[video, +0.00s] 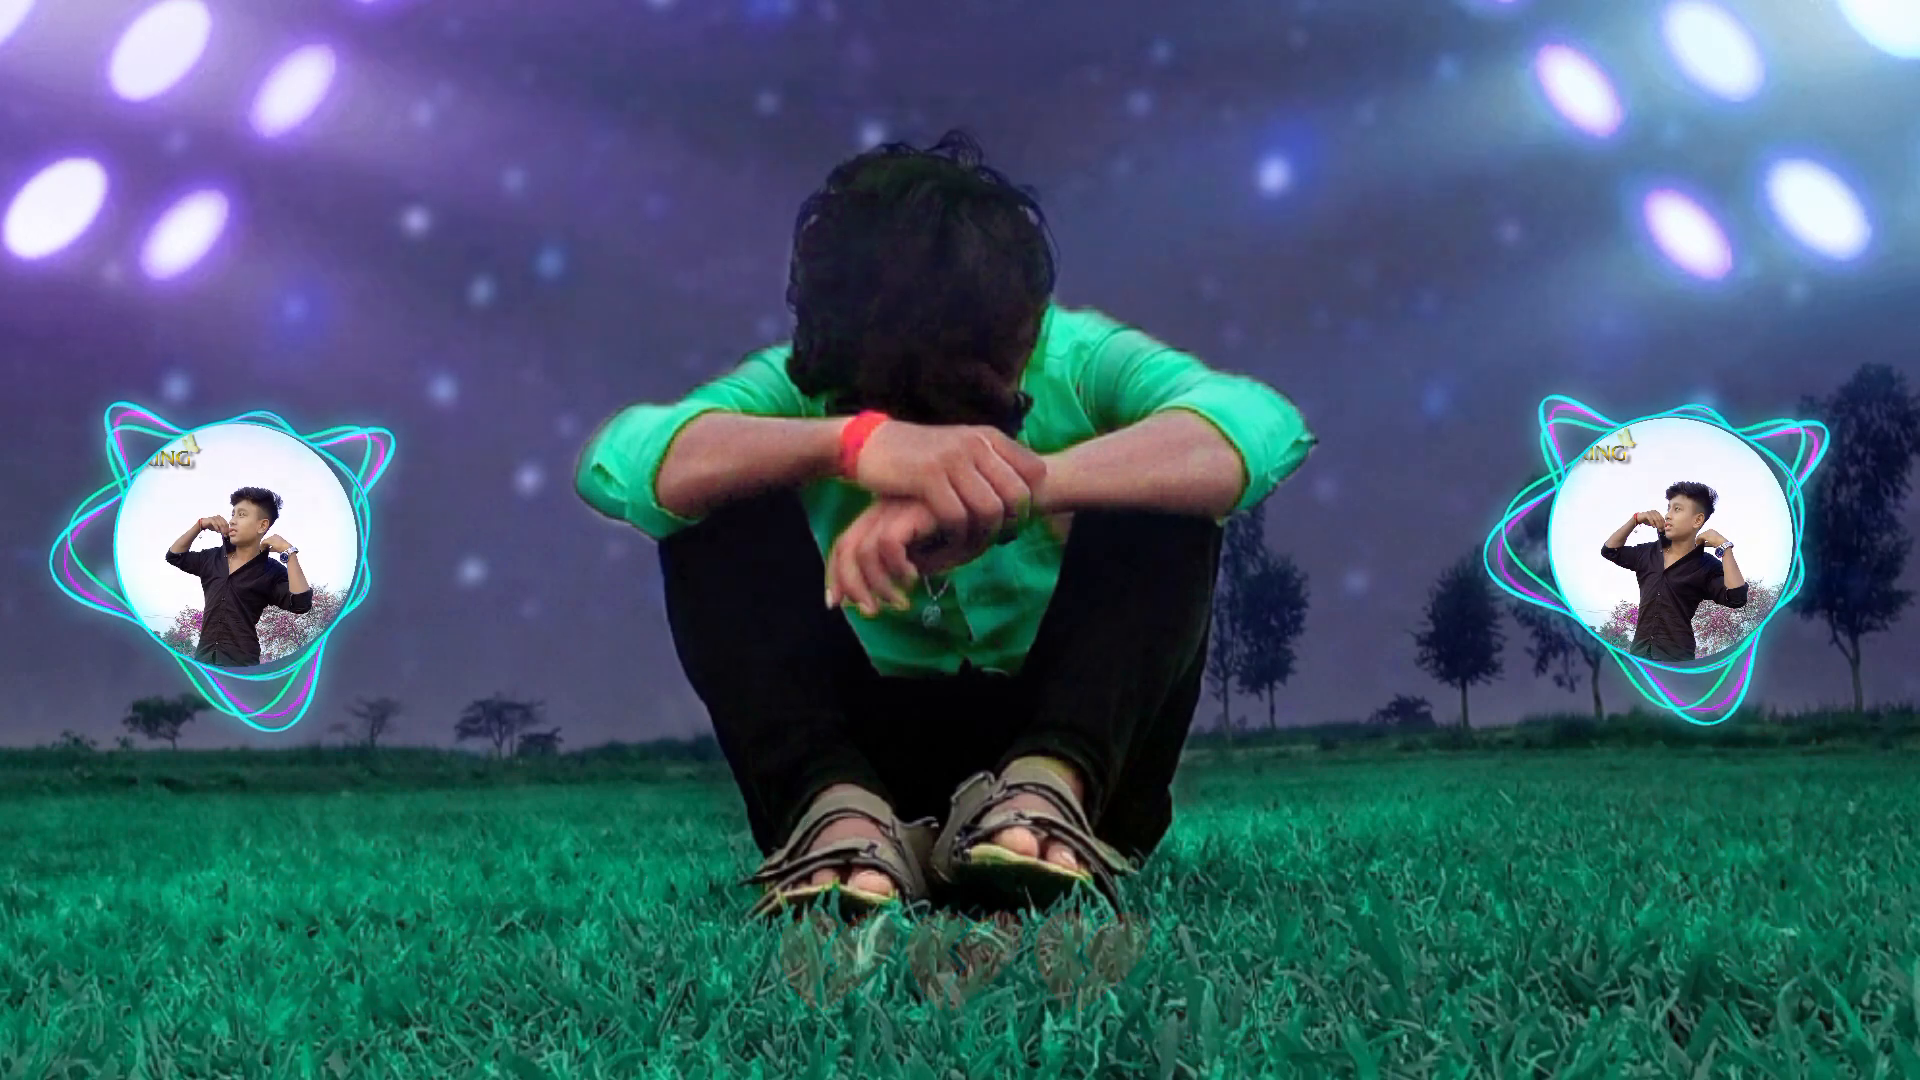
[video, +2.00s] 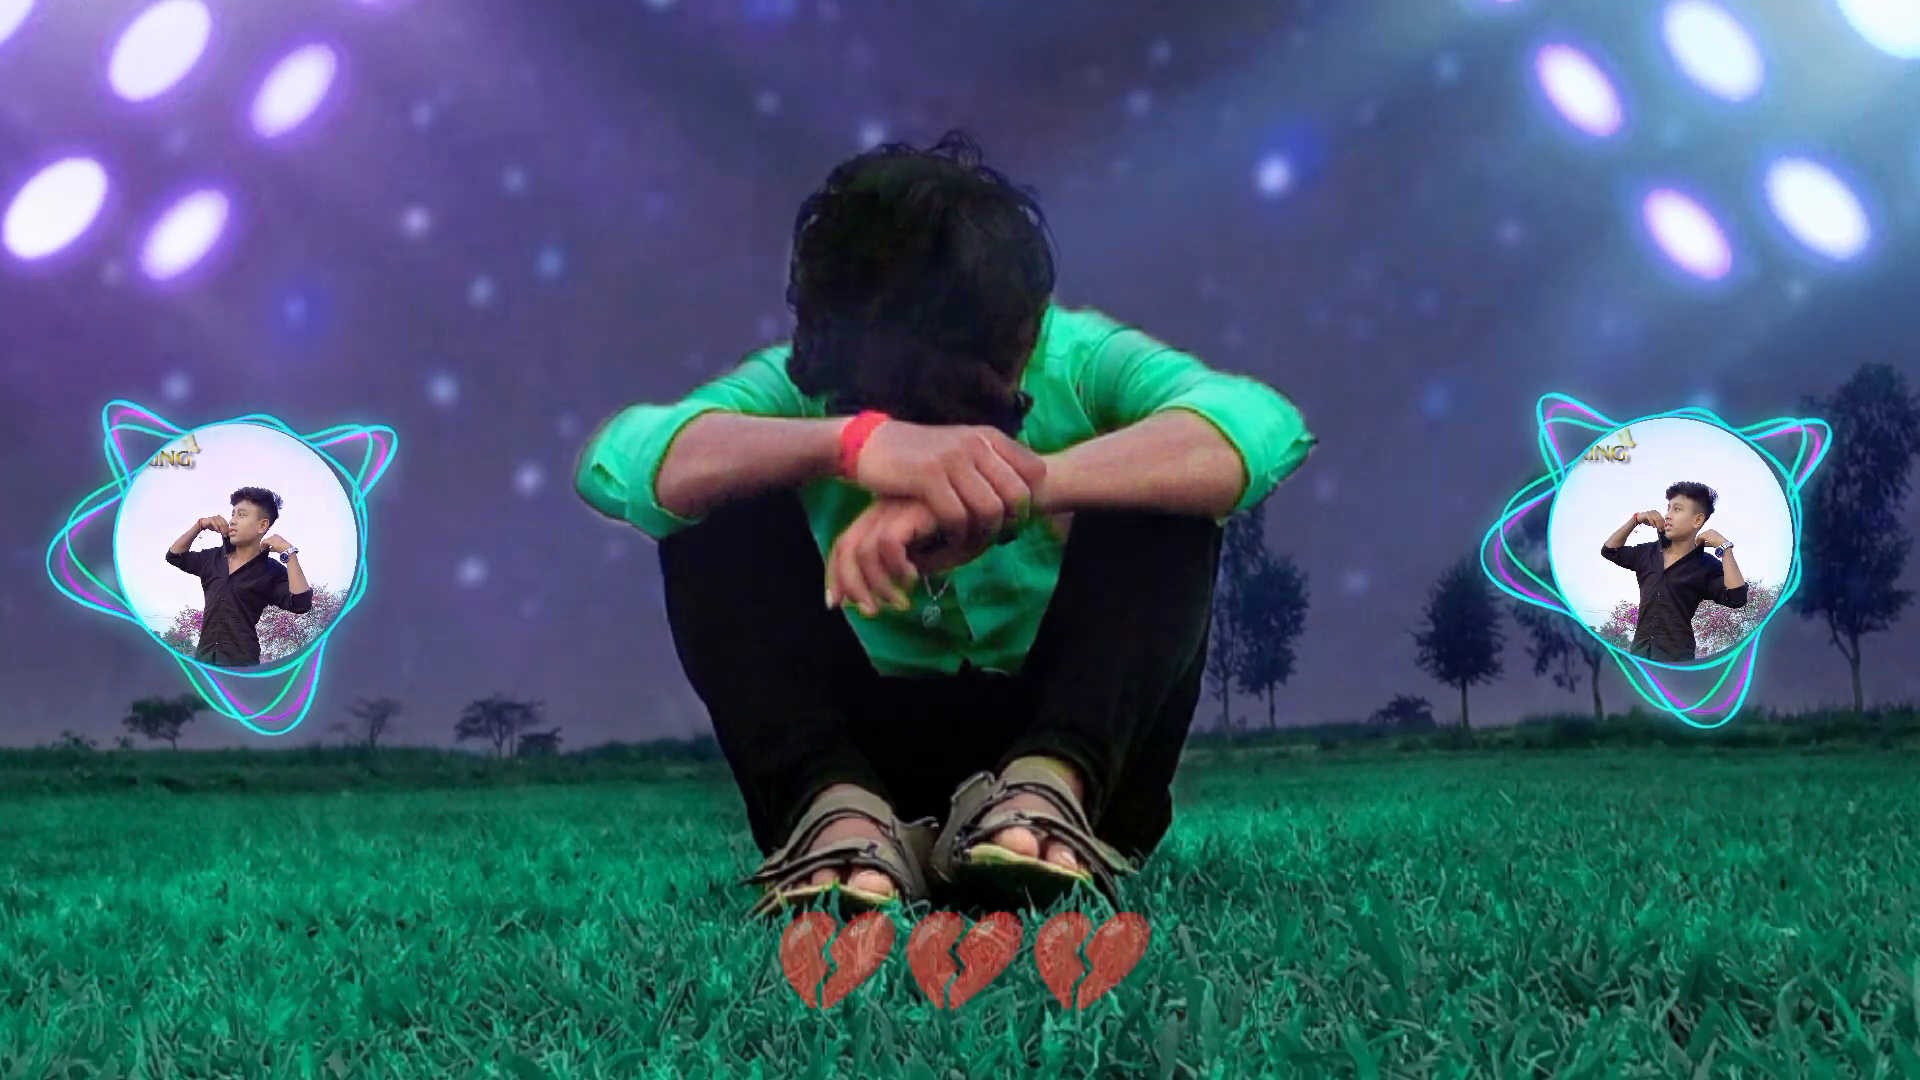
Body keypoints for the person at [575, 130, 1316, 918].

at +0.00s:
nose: (931, 454)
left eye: (968, 411)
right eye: (893, 418)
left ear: (1023, 348)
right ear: (821, 369)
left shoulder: (1076, 355)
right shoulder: (795, 382)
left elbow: (1266, 429)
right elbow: (611, 468)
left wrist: (1000, 492)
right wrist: (852, 446)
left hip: (1059, 749)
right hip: (863, 755)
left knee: (1166, 488)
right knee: (714, 500)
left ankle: (1043, 789)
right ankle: (835, 817)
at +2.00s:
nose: (915, 454)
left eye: (951, 418)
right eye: (878, 415)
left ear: (1019, 356)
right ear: (817, 365)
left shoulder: (1077, 355)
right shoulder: (795, 382)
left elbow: (1265, 429)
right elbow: (611, 467)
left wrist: (1001, 491)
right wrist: (851, 446)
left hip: (1058, 746)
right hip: (863, 751)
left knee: (1165, 487)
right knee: (713, 501)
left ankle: (1044, 789)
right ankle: (835, 816)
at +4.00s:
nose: (991, 407)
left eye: (1003, 374)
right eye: (920, 407)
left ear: (1025, 333)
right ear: (848, 370)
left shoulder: (1073, 354)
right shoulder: (796, 384)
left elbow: (1264, 429)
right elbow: (612, 467)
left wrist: (1001, 491)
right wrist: (851, 447)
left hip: (1059, 746)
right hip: (864, 753)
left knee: (1166, 490)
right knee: (713, 505)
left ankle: (1043, 790)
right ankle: (837, 818)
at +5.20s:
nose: (926, 456)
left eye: (961, 416)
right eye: (884, 416)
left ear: (1019, 356)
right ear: (816, 364)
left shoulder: (1077, 355)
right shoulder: (794, 382)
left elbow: (1266, 429)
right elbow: (611, 467)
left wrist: (999, 491)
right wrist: (852, 445)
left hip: (1060, 748)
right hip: (863, 755)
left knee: (1167, 485)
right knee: (713, 501)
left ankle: (1044, 789)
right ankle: (835, 816)